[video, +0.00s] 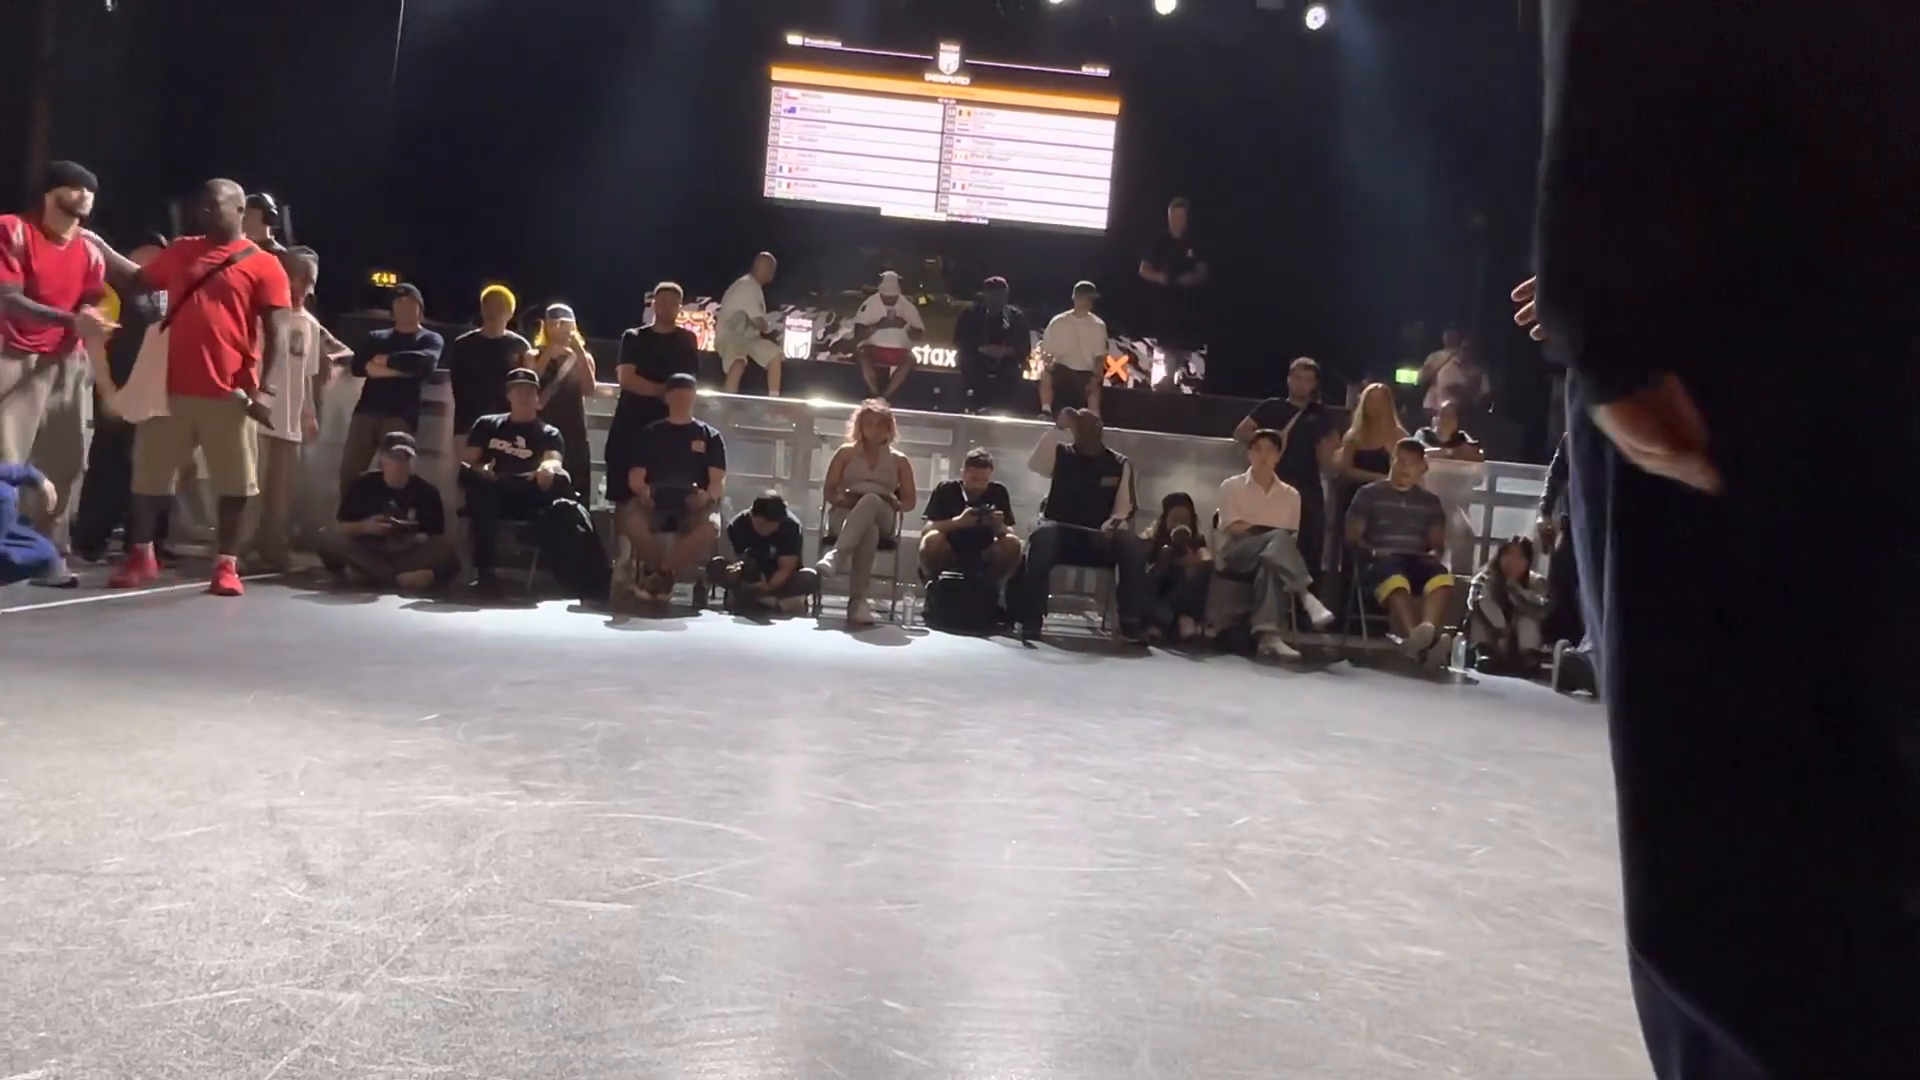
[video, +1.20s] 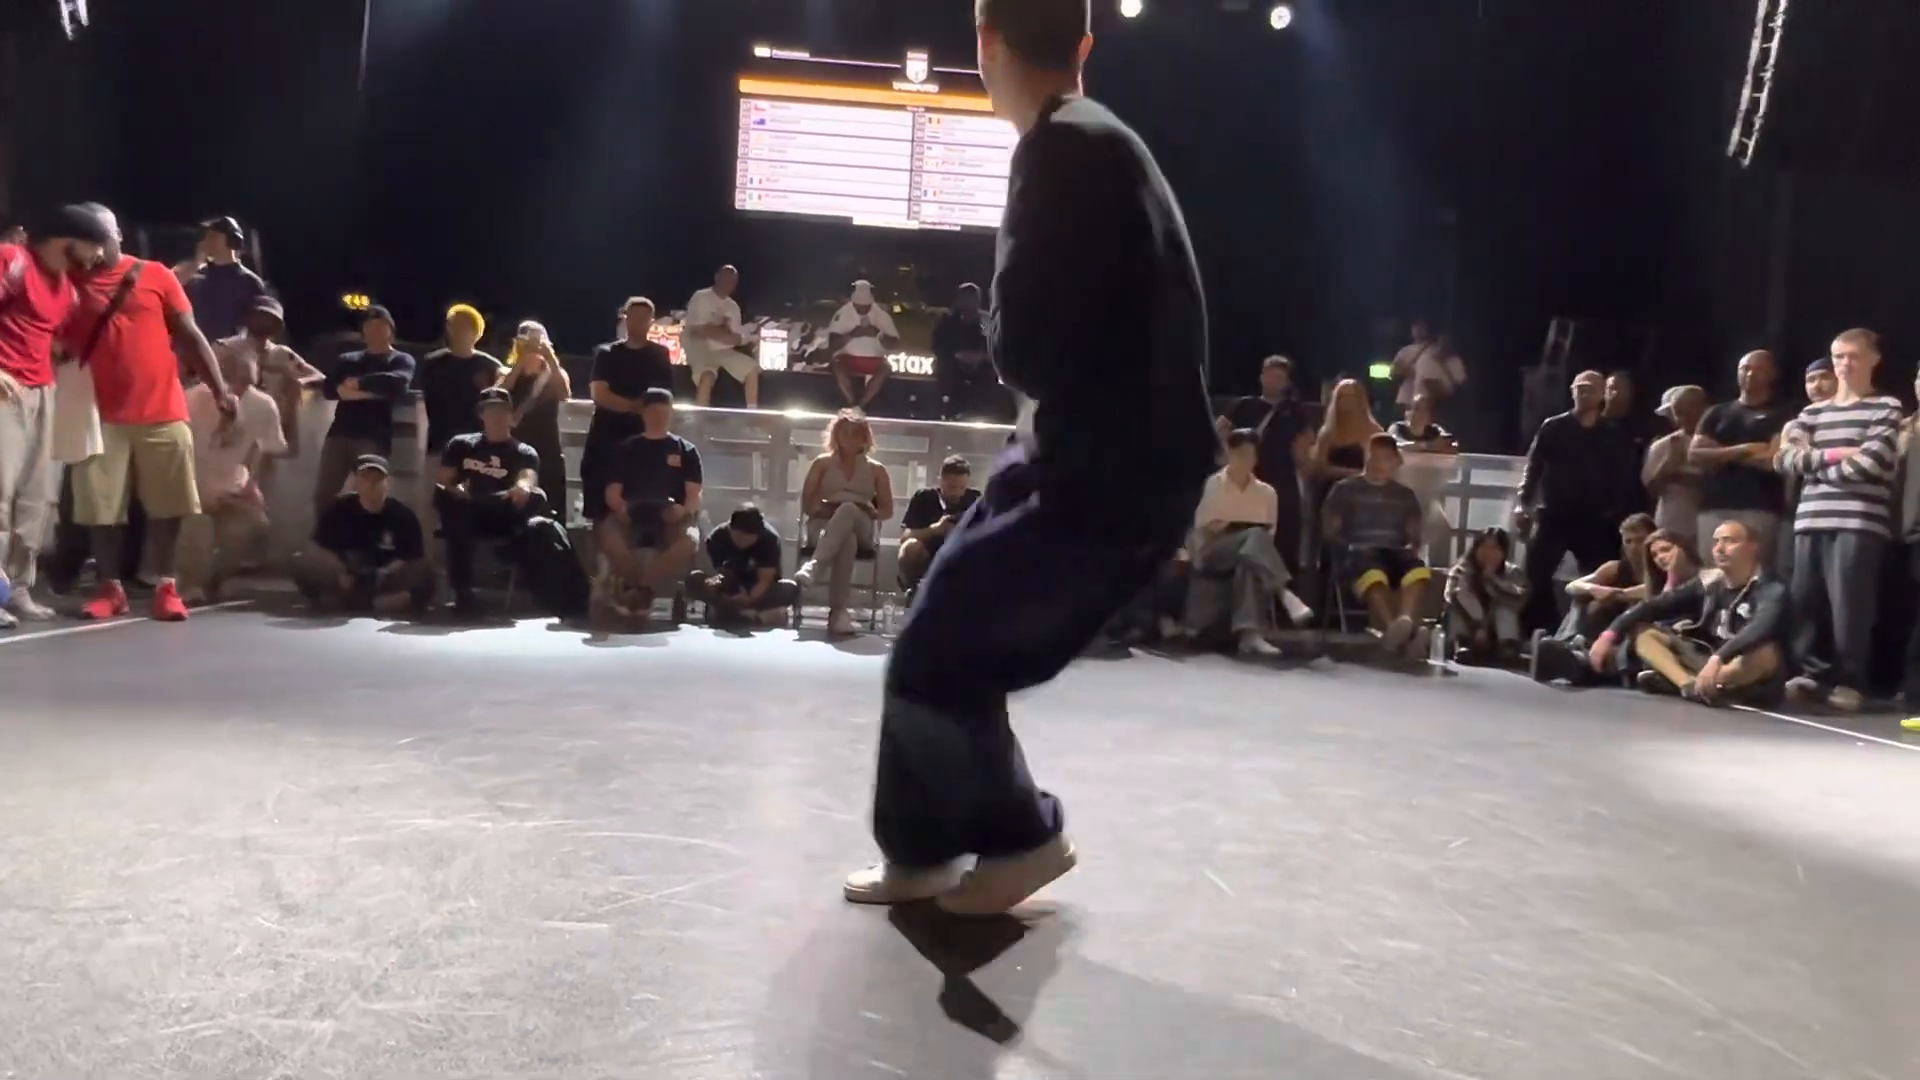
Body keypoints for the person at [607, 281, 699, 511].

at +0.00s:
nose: (668, 307)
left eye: (673, 302)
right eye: (663, 301)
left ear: (679, 307)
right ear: (654, 304)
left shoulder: (687, 339)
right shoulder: (633, 336)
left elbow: (688, 386)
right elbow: (625, 378)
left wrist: (639, 380)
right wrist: (664, 391)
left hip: (668, 424)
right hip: (631, 421)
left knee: (665, 491)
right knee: (624, 493)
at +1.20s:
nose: (639, 324)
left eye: (644, 318)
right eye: (634, 317)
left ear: (651, 322)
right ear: (625, 319)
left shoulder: (659, 354)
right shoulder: (606, 352)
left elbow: (663, 400)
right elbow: (598, 395)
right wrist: (636, 406)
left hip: (644, 440)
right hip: (606, 438)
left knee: (642, 507)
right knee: (601, 509)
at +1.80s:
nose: (637, 333)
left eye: (642, 328)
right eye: (632, 327)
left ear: (649, 330)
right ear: (622, 328)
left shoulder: (658, 362)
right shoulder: (605, 361)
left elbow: (661, 409)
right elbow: (599, 405)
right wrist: (637, 414)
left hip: (643, 449)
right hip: (606, 448)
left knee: (642, 517)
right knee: (602, 519)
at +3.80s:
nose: (658, 335)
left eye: (664, 330)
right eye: (653, 329)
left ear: (671, 334)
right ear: (644, 332)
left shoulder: (680, 365)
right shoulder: (626, 365)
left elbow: (680, 414)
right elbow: (619, 407)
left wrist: (632, 409)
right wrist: (659, 418)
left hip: (665, 452)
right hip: (628, 450)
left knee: (663, 519)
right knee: (623, 521)